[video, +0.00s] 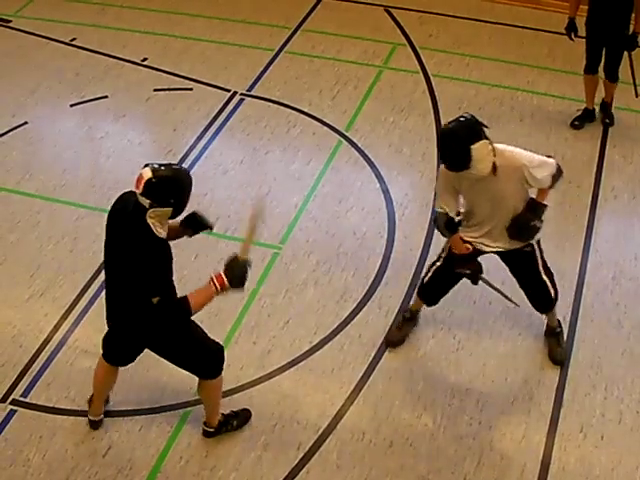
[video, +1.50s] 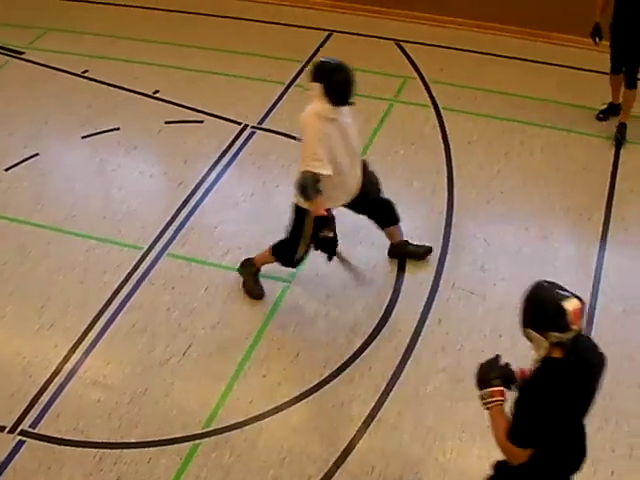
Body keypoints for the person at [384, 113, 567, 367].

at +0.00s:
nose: (481, 169)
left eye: (480, 162)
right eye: (473, 166)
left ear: (484, 149)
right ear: (459, 163)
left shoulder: (514, 160)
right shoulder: (450, 173)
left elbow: (552, 171)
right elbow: (442, 213)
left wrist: (535, 210)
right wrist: (453, 238)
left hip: (515, 240)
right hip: (471, 238)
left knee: (542, 293)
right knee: (434, 284)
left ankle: (553, 325)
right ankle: (412, 313)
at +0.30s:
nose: (430, 141)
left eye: (433, 135)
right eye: (423, 137)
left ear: (443, 120)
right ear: (414, 131)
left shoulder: (474, 127)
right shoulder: (412, 151)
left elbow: (508, 142)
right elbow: (416, 199)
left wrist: (492, 182)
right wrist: (435, 236)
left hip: (475, 211)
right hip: (434, 217)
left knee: (498, 265)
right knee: (416, 269)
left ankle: (486, 287)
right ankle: (414, 311)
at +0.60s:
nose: (459, 141)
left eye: (466, 137)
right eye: (455, 136)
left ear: (482, 127)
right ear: (450, 124)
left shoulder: (501, 140)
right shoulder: (438, 141)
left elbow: (516, 166)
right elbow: (407, 190)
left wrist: (496, 197)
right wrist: (428, 230)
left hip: (472, 221)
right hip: (434, 220)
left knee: (482, 255)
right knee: (431, 286)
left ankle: (446, 243)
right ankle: (446, 327)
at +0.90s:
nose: (482, 151)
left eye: (484, 146)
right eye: (481, 145)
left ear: (466, 129)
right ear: (475, 142)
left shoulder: (466, 154)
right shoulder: (435, 155)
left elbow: (457, 182)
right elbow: (398, 166)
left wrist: (445, 200)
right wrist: (375, 197)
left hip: (429, 204)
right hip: (403, 215)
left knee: (464, 222)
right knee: (431, 282)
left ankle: (428, 232)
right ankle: (421, 334)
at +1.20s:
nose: (439, 106)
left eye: (441, 100)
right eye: (437, 99)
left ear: (420, 91)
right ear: (426, 95)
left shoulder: (423, 119)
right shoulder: (391, 120)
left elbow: (411, 153)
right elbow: (357, 168)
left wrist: (411, 180)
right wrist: (348, 203)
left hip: (399, 182)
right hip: (372, 191)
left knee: (423, 206)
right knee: (385, 253)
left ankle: (412, 242)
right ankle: (377, 301)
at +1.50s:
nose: (348, 89)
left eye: (347, 84)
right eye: (344, 84)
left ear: (330, 85)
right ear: (332, 87)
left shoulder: (345, 111)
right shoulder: (315, 117)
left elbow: (350, 150)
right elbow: (310, 170)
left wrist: (365, 174)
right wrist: (319, 212)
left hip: (348, 183)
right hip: (319, 193)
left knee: (383, 209)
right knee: (294, 251)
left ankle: (399, 245)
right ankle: (252, 265)